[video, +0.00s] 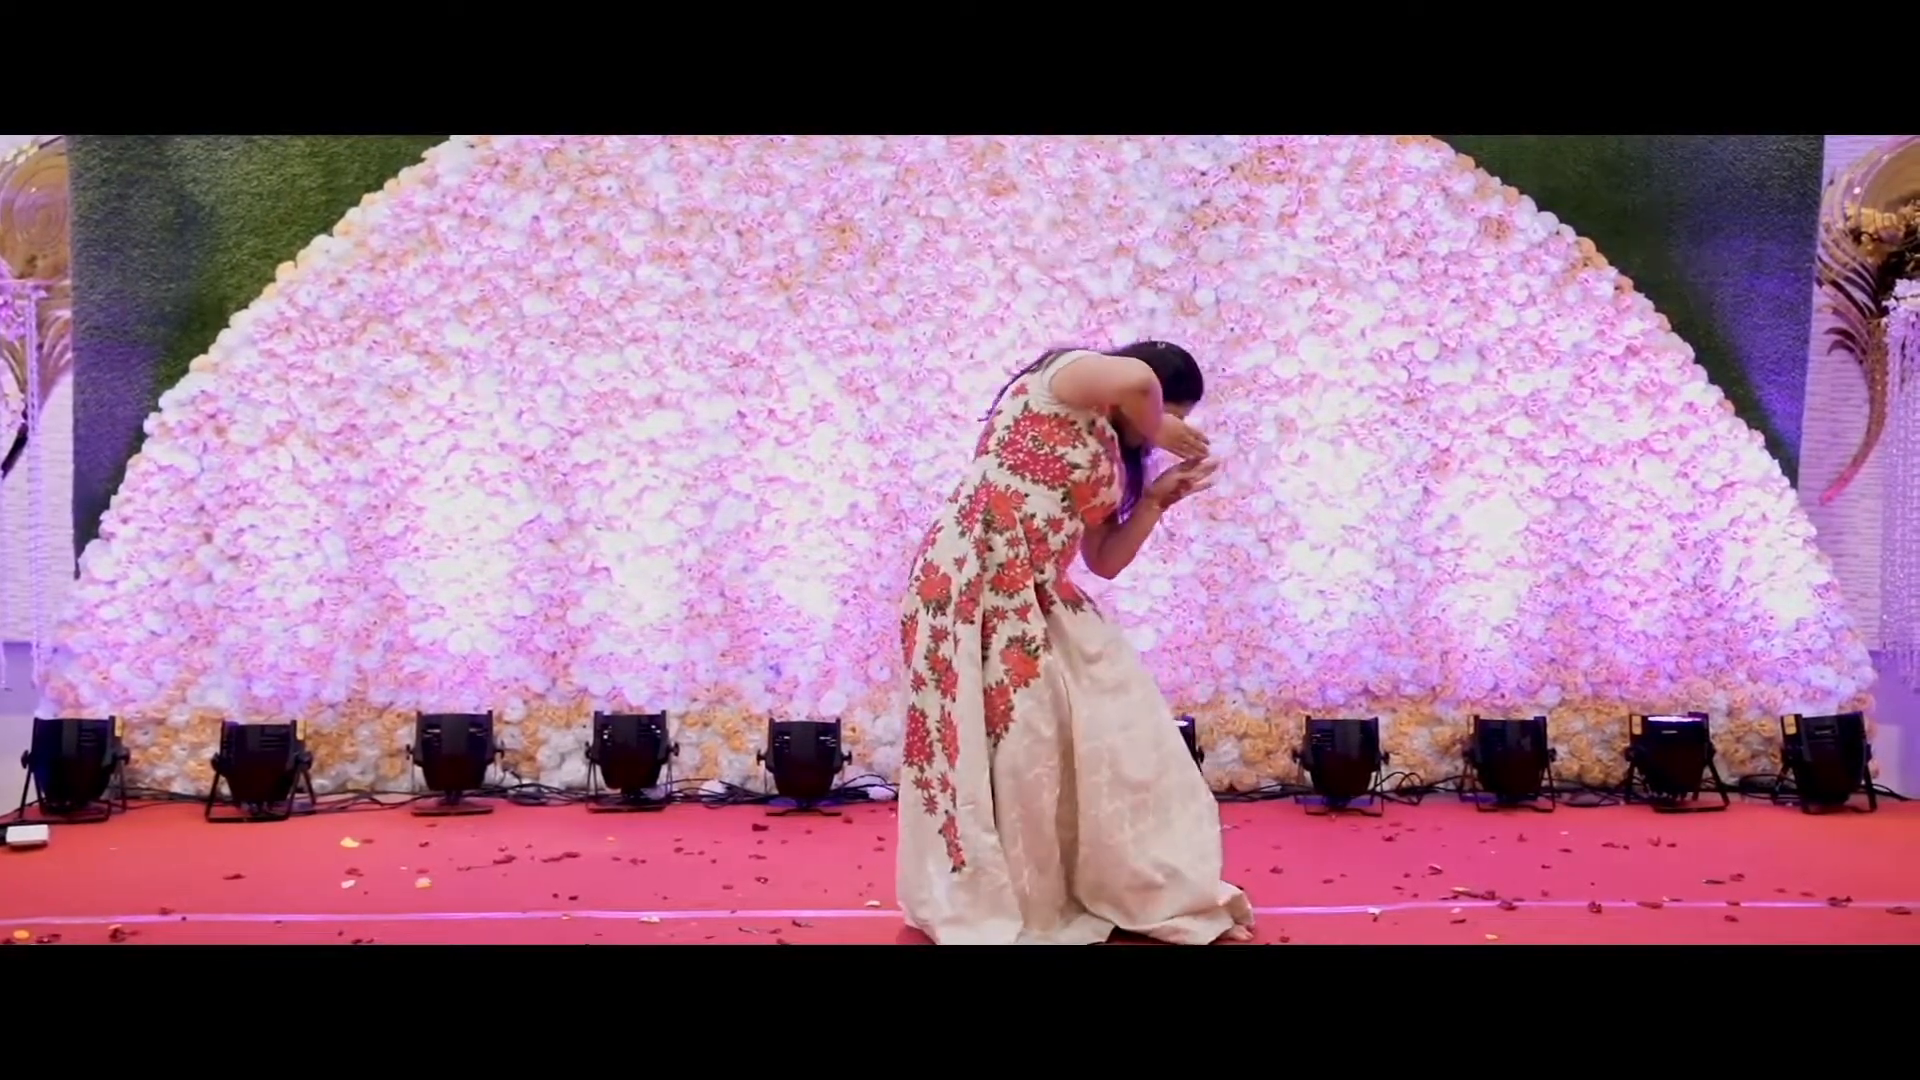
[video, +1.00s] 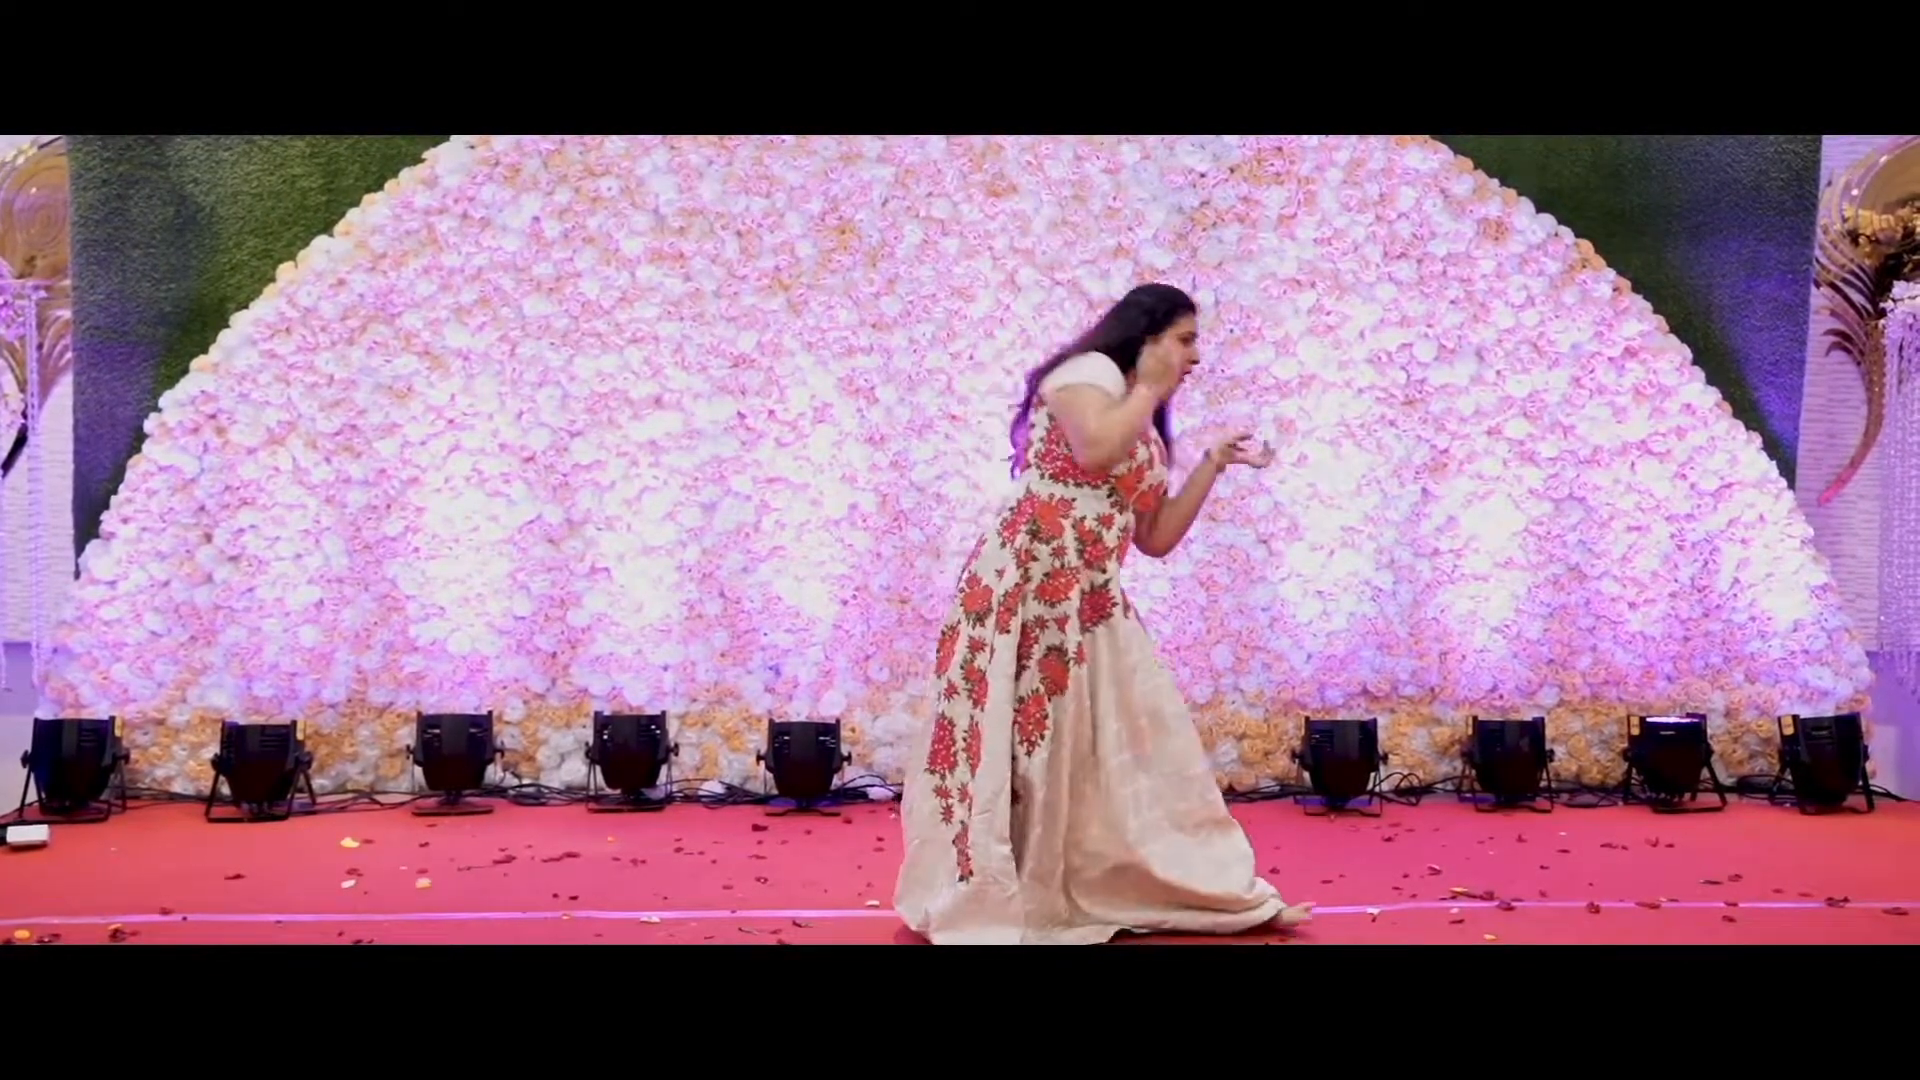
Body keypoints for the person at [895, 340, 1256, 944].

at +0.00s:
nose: (1168, 423)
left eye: (1173, 417)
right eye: (1171, 411)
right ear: (1142, 377)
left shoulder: (1106, 468)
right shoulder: (1061, 379)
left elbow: (1105, 559)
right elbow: (1138, 378)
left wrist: (1155, 500)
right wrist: (1159, 431)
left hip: (1035, 598)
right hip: (967, 587)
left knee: (1125, 722)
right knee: (1025, 735)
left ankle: (1158, 889)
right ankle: (1016, 898)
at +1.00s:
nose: (1194, 356)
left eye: (1196, 343)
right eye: (1186, 340)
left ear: (1158, 346)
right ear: (1146, 336)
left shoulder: (1144, 437)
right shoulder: (1083, 373)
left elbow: (1158, 537)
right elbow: (1095, 445)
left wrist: (1211, 464)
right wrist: (1149, 388)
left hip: (1090, 597)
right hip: (1027, 585)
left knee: (1137, 736)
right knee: (1022, 741)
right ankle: (1010, 892)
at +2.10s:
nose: (1173, 329)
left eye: (1185, 319)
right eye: (1157, 319)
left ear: (1201, 334)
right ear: (1129, 335)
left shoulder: (1228, 400)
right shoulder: (1101, 405)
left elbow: (1300, 436)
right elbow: (1025, 419)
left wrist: (1235, 397)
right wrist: (1138, 402)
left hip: (1207, 597)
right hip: (1110, 598)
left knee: (1292, 731)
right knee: (1032, 727)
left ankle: (1233, 893)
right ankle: (1047, 894)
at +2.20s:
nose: (1130, 323)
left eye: (1143, 314)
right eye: (1116, 311)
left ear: (1162, 328)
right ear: (1091, 322)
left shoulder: (1188, 397)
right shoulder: (1059, 398)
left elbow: (1242, 448)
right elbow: (958, 421)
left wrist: (1178, 395)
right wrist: (1058, 393)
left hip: (1176, 589)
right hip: (1082, 591)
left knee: (1260, 721)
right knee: (1028, 726)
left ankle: (1230, 890)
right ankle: (1052, 894)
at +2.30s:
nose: (1094, 318)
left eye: (1110, 310)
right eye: (1081, 305)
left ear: (1124, 325)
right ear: (1056, 315)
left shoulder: (1150, 395)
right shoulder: (1021, 394)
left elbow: (1198, 462)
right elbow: (914, 399)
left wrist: (1143, 402)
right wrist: (992, 352)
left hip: (1140, 585)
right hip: (1047, 588)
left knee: (1216, 728)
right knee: (982, 727)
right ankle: (1022, 897)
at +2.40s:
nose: (1078, 317)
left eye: (1091, 311)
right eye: (1067, 301)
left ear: (1101, 325)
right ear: (1032, 305)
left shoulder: (1107, 384)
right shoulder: (984, 376)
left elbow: (1158, 447)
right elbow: (890, 345)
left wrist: (1100, 375)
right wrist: (960, 314)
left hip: (1103, 571)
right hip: (1015, 575)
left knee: (1167, 721)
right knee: (983, 729)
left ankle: (1276, 884)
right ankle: (1014, 896)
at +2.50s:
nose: (1070, 328)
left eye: (1081, 322)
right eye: (1061, 311)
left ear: (1082, 335)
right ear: (1022, 307)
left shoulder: (1072, 387)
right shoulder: (963, 365)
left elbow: (1123, 444)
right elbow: (880, 308)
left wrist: (1072, 371)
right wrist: (939, 308)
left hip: (1066, 580)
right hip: (976, 585)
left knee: (1161, 715)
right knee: (938, 731)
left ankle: (1298, 843)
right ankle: (953, 897)